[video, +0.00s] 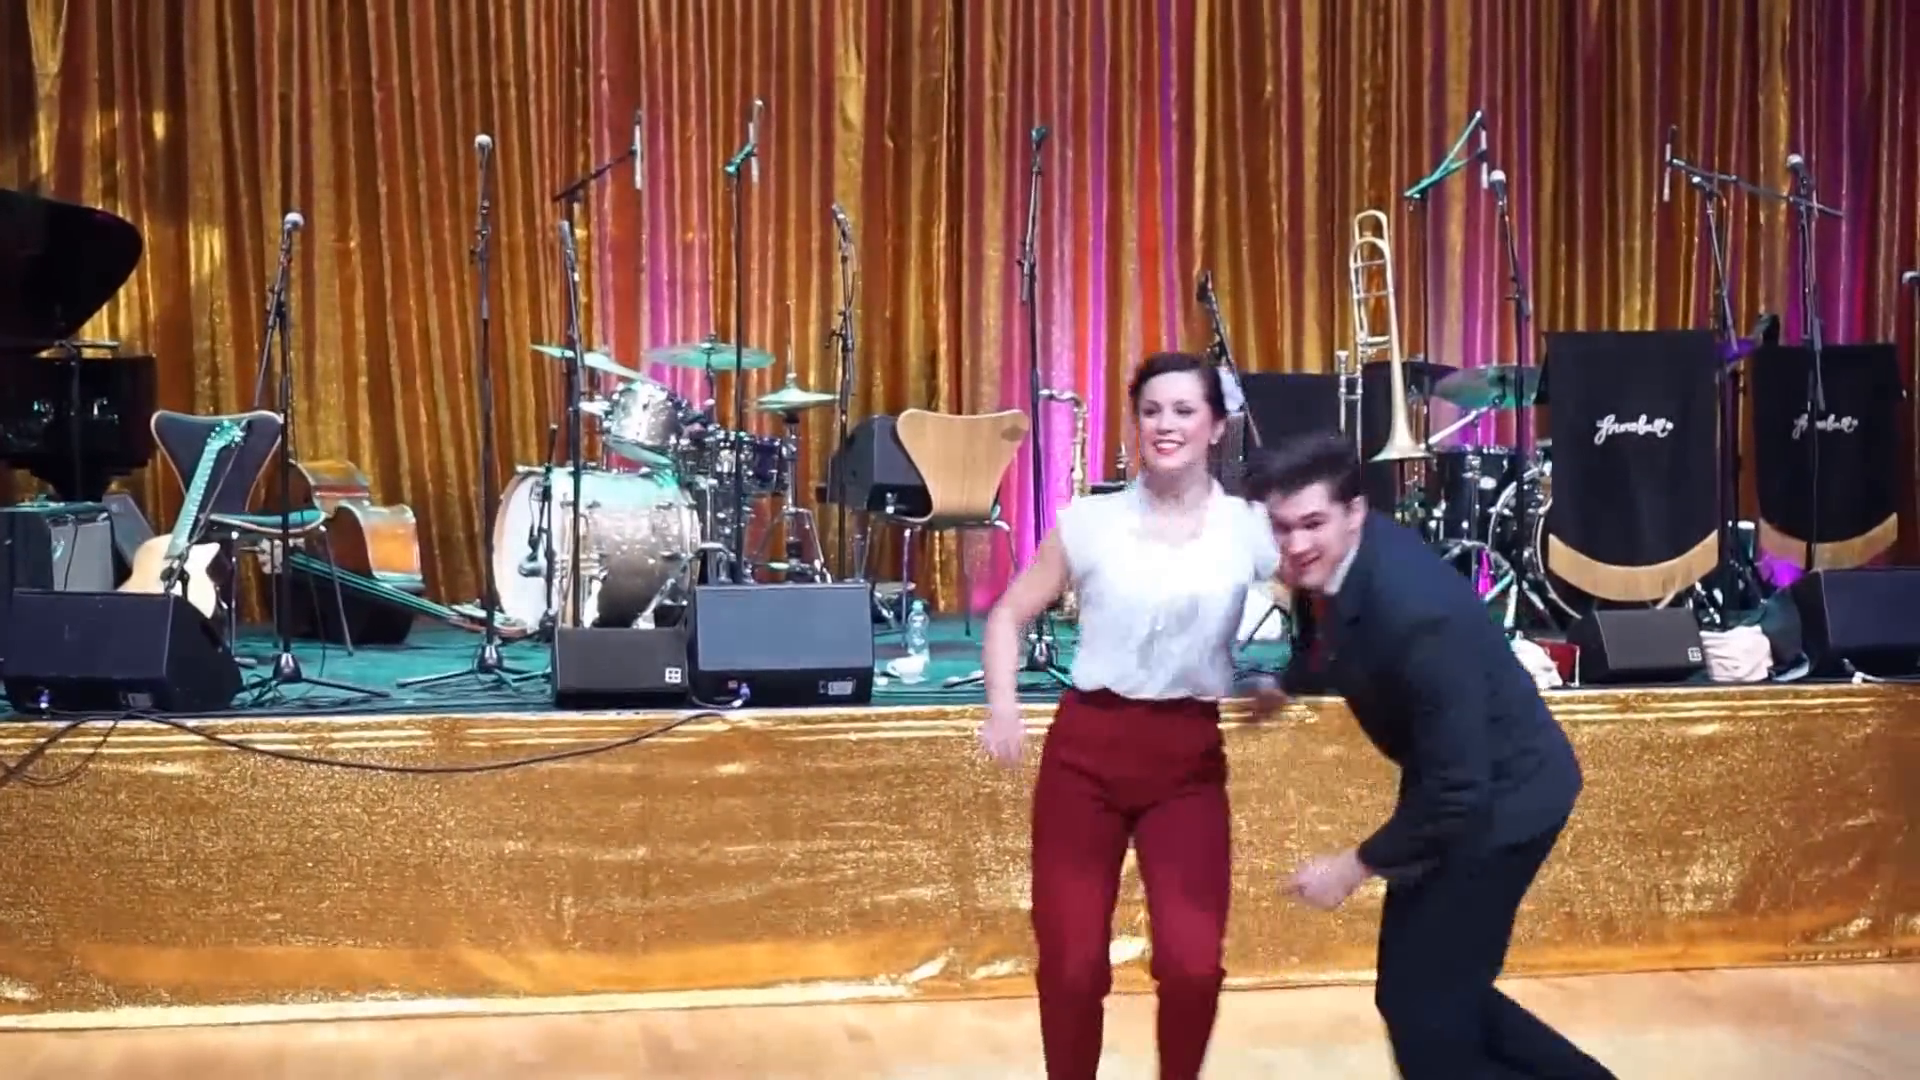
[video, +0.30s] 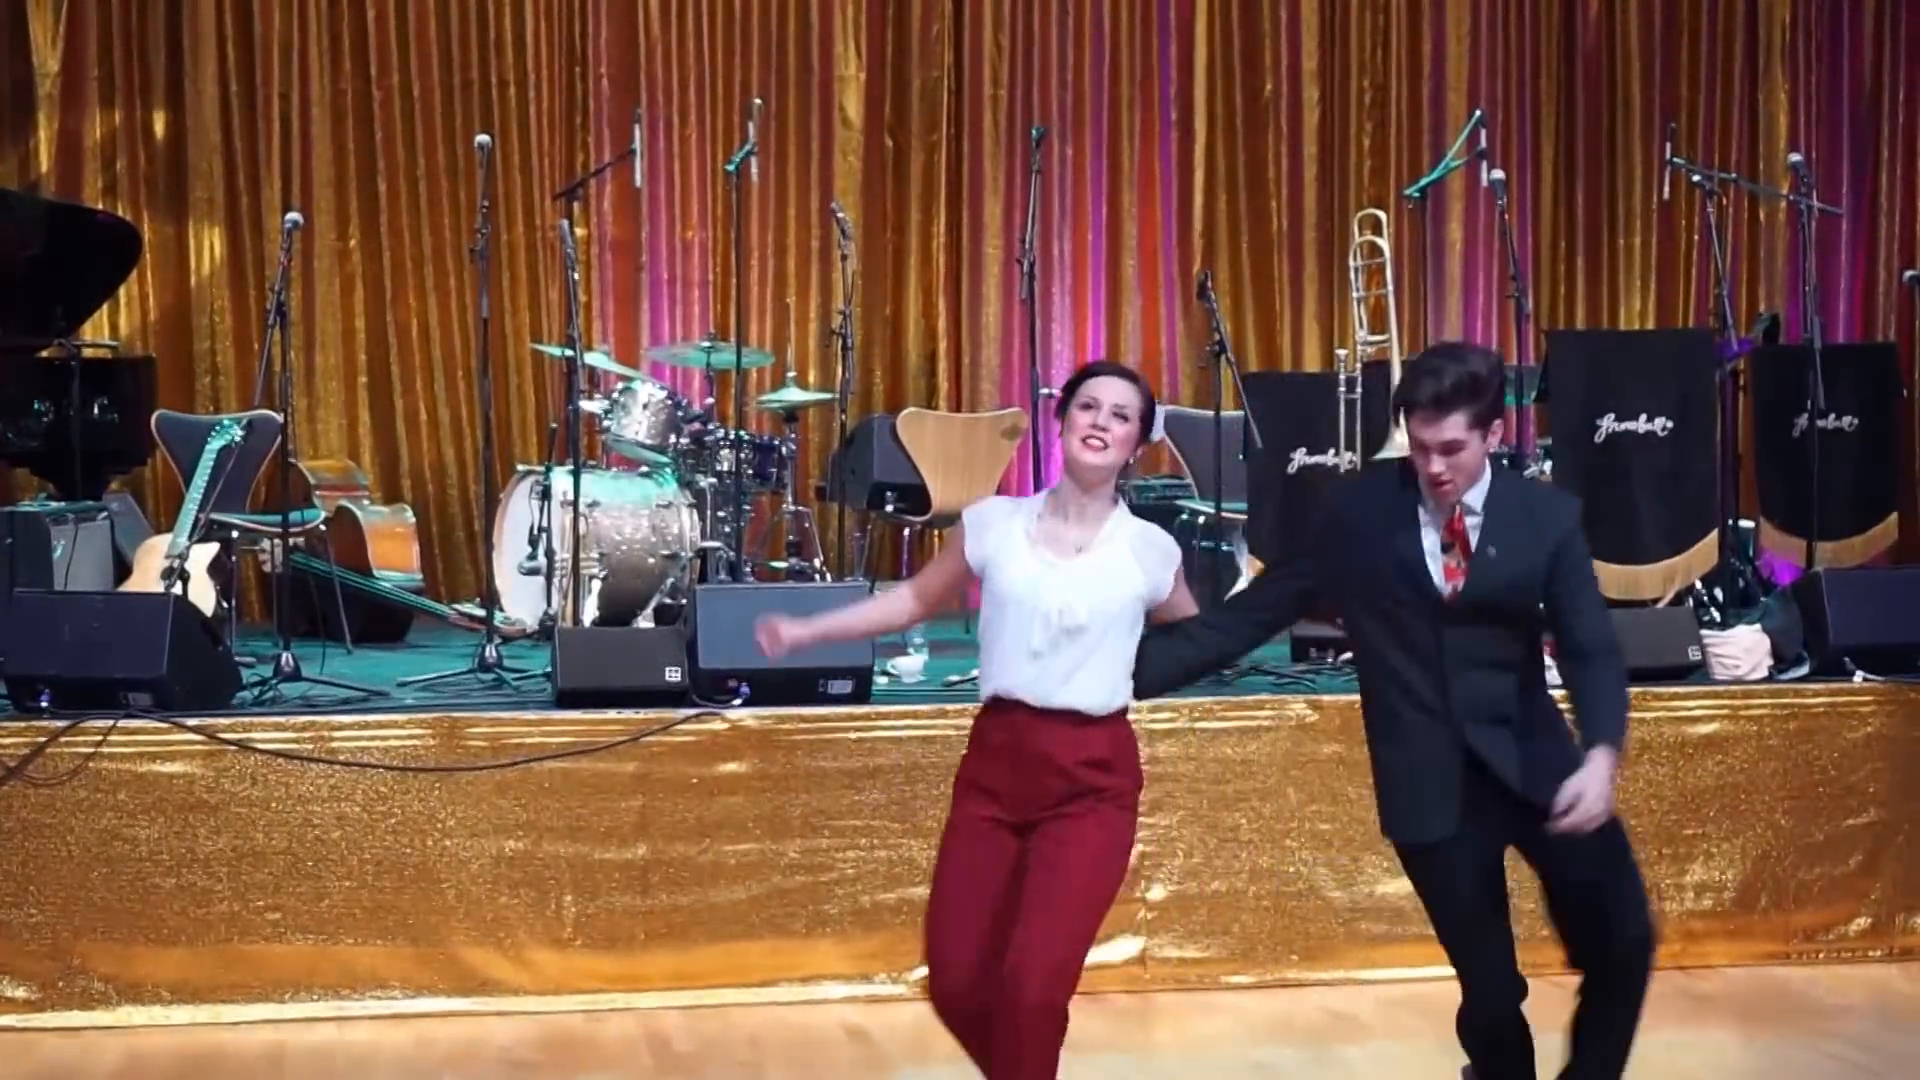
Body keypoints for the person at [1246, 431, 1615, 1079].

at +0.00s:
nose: (1295, 545)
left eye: (1311, 523)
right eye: (1281, 528)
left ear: (1356, 512)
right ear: (1268, 526)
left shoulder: (1413, 611)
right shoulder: (1337, 567)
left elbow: (1456, 791)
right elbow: (1334, 653)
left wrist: (1357, 864)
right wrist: (1281, 688)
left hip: (1508, 797)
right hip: (1447, 784)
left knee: (1426, 998)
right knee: (1418, 987)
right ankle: (1581, 1076)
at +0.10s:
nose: (1372, 531)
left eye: (1388, 510)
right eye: (1356, 515)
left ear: (1431, 494)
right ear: (1340, 509)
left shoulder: (1482, 589)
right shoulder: (1348, 574)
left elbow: (1514, 774)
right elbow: (1289, 633)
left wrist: (1405, 875)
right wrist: (1183, 662)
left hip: (1520, 812)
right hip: (1424, 803)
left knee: (1495, 1022)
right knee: (1430, 1030)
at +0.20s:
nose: (1424, 513)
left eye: (1440, 494)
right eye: (1409, 495)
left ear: (1484, 480)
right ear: (1392, 484)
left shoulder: (1547, 586)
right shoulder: (1359, 559)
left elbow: (1553, 744)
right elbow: (1263, 645)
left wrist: (1491, 857)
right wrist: (1144, 688)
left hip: (1530, 823)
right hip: (1421, 829)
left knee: (1537, 1019)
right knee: (1474, 1028)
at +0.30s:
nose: (1433, 467)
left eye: (1451, 450)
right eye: (1420, 449)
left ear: (1493, 432)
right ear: (1404, 431)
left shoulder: (1547, 517)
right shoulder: (1356, 515)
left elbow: (1594, 648)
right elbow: (1240, 620)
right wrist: (1111, 671)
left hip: (1536, 764)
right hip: (1426, 783)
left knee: (1623, 948)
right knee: (1493, 998)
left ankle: (1588, 1079)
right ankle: (1500, 1076)